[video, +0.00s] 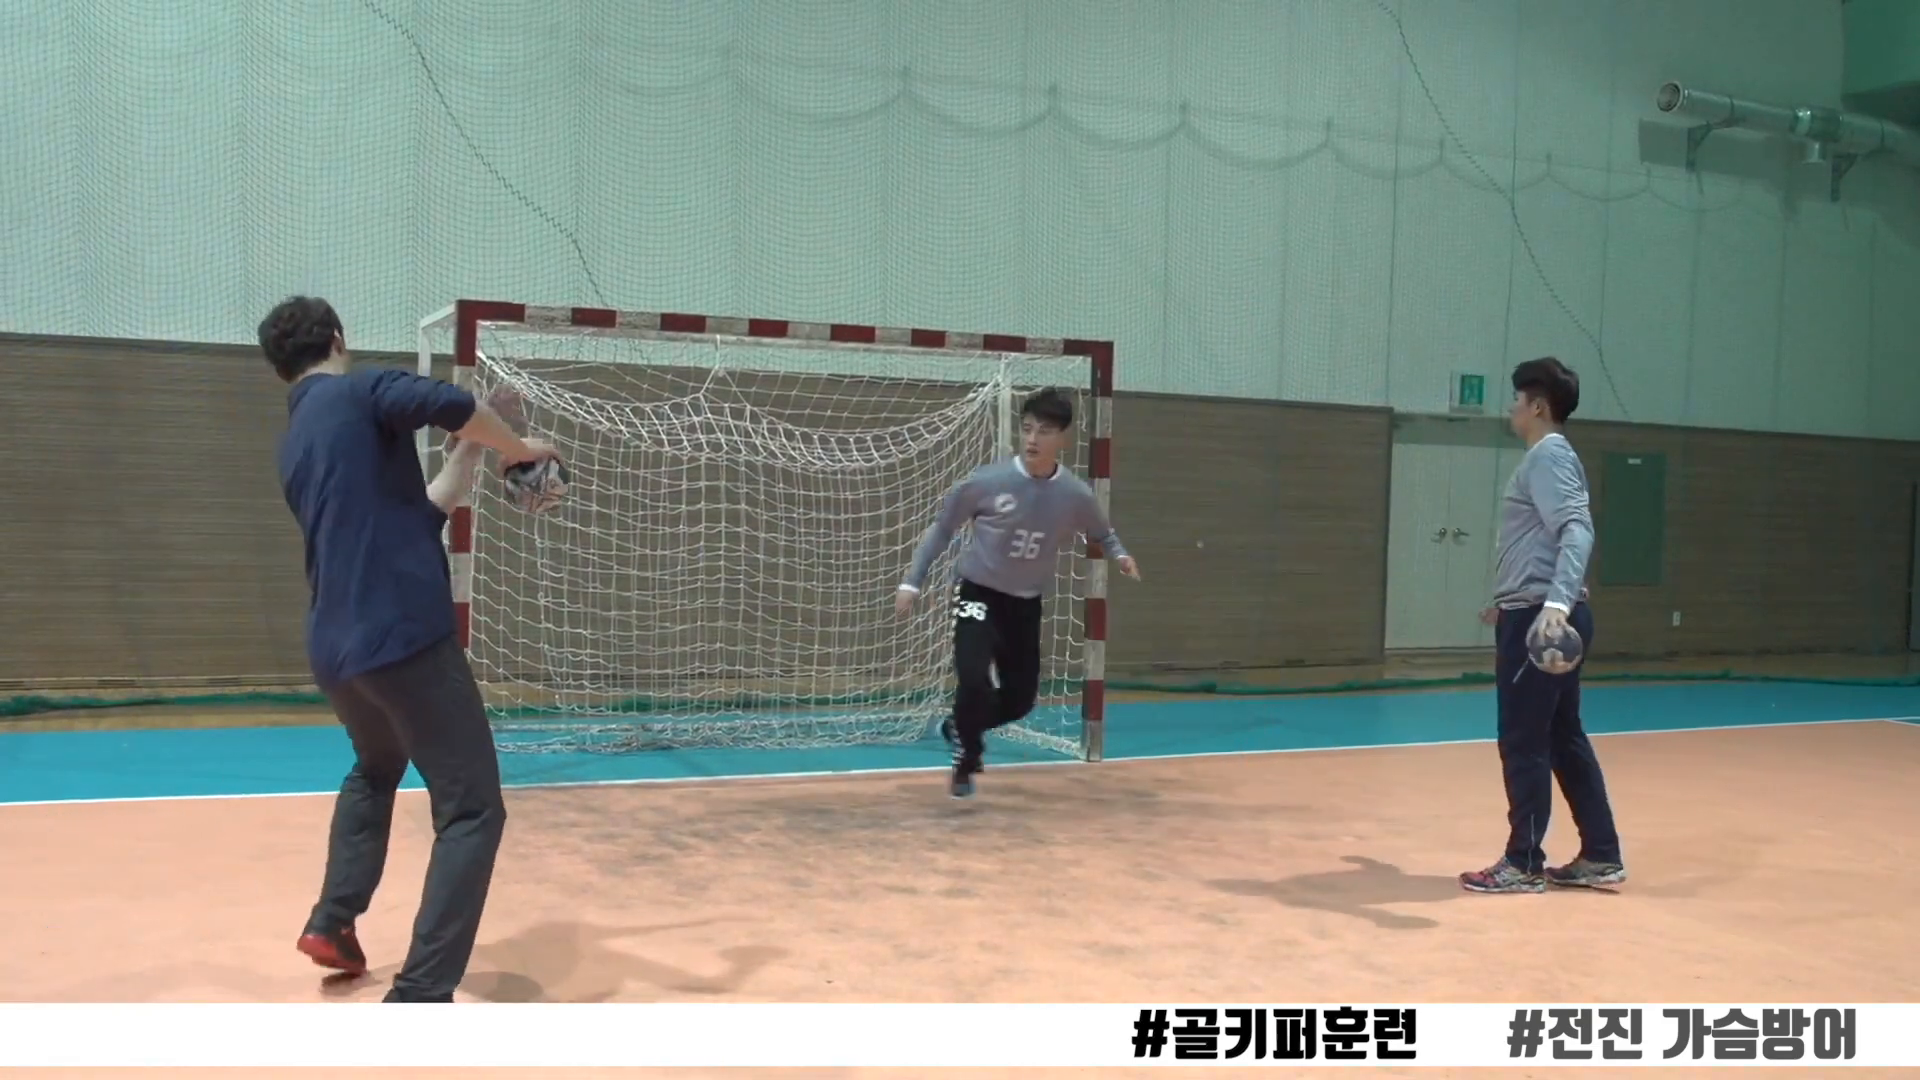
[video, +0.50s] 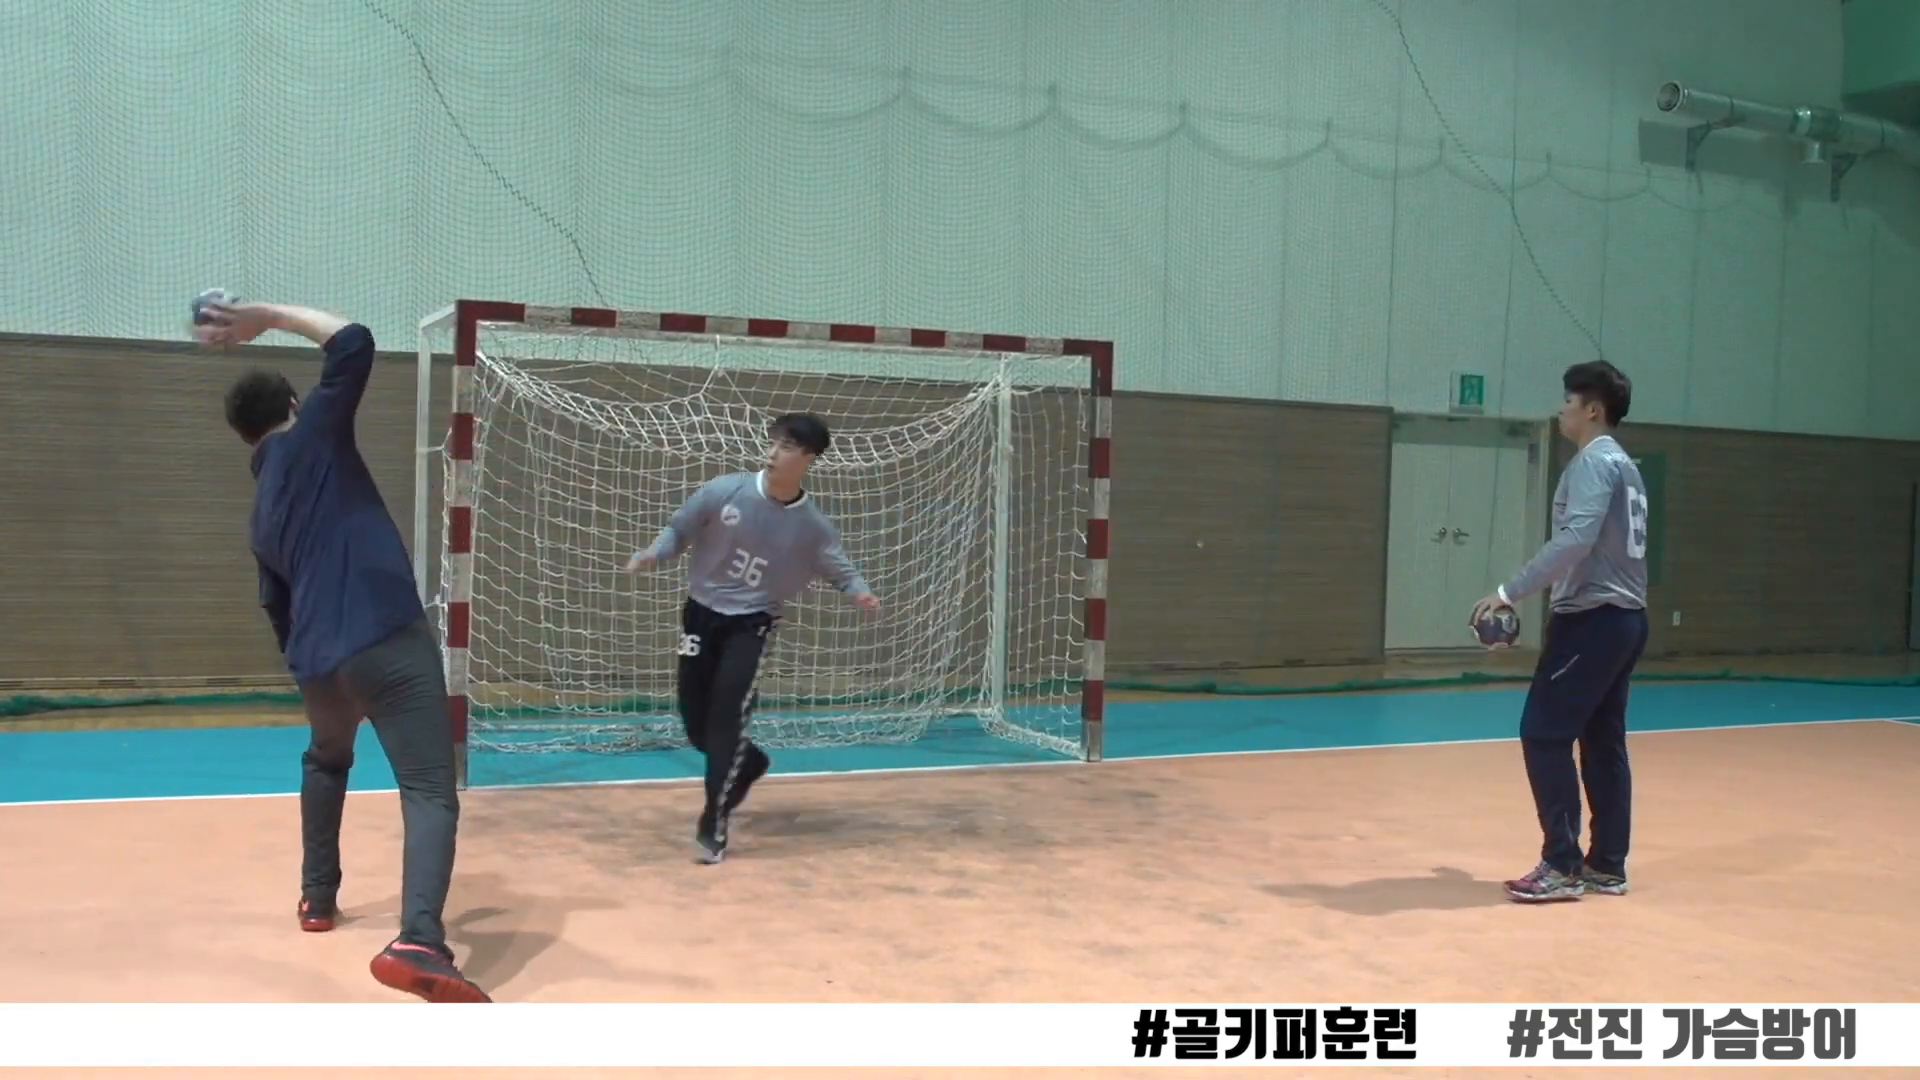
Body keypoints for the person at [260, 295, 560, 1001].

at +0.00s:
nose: (349, 344)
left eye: (342, 337)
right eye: (344, 335)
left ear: (280, 367)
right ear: (337, 339)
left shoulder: (294, 441)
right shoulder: (360, 388)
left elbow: (410, 525)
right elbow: (450, 402)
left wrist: (469, 452)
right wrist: (516, 447)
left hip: (334, 648)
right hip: (405, 635)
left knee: (375, 768)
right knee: (471, 809)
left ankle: (332, 924)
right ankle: (423, 993)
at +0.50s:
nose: (300, 408)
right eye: (293, 401)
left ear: (244, 439)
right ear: (291, 406)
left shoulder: (263, 516)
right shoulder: (316, 429)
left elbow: (276, 604)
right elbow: (352, 340)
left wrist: (308, 664)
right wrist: (266, 314)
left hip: (319, 655)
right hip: (385, 629)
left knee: (327, 758)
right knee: (428, 785)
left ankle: (317, 897)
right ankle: (420, 938)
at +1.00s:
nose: (211, 483)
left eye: (206, 476)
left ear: (210, 471)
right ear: (247, 432)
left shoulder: (229, 500)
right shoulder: (308, 439)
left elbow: (240, 576)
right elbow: (377, 432)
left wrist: (277, 630)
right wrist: (393, 418)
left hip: (306, 574)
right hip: (377, 541)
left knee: (307, 737)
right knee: (443, 658)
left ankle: (318, 897)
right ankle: (488, 752)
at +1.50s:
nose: (208, 414)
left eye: (204, 406)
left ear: (211, 402)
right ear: (255, 379)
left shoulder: (216, 454)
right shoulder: (324, 411)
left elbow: (220, 565)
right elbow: (370, 498)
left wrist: (244, 656)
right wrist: (367, 564)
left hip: (291, 572)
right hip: (367, 554)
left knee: (300, 743)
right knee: (393, 720)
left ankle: (319, 896)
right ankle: (363, 866)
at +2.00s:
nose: (294, 325)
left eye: (291, 313)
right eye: (290, 314)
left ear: (232, 323)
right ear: (272, 318)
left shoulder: (198, 406)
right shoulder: (301, 389)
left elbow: (180, 517)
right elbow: (345, 499)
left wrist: (198, 601)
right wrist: (400, 556)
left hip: (215, 598)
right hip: (280, 593)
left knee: (274, 752)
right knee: (283, 758)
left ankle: (313, 893)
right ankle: (226, 911)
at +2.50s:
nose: (224, 314)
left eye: (221, 300)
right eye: (217, 301)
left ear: (168, 311)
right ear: (182, 310)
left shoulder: (118, 390)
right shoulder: (181, 388)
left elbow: (108, 510)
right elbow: (170, 504)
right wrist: (193, 605)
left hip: (109, 619)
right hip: (164, 618)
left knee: (132, 756)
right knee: (214, 761)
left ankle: (24, 897)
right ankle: (223, 916)